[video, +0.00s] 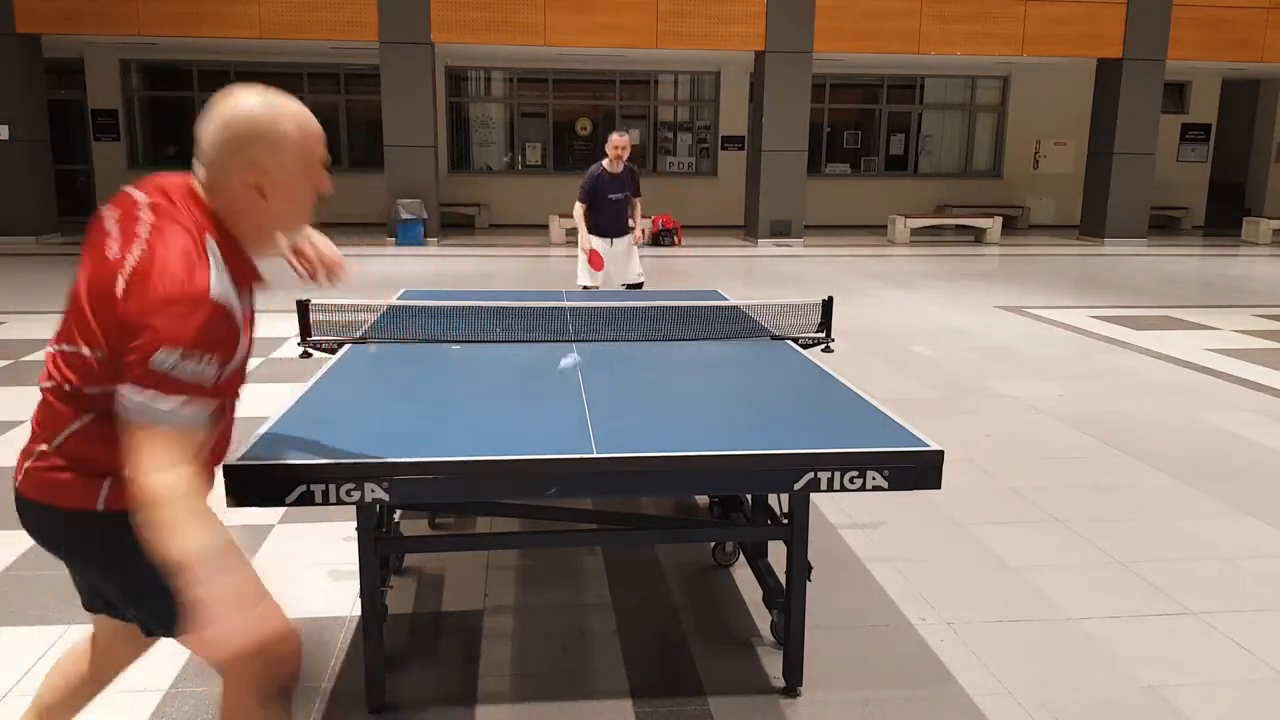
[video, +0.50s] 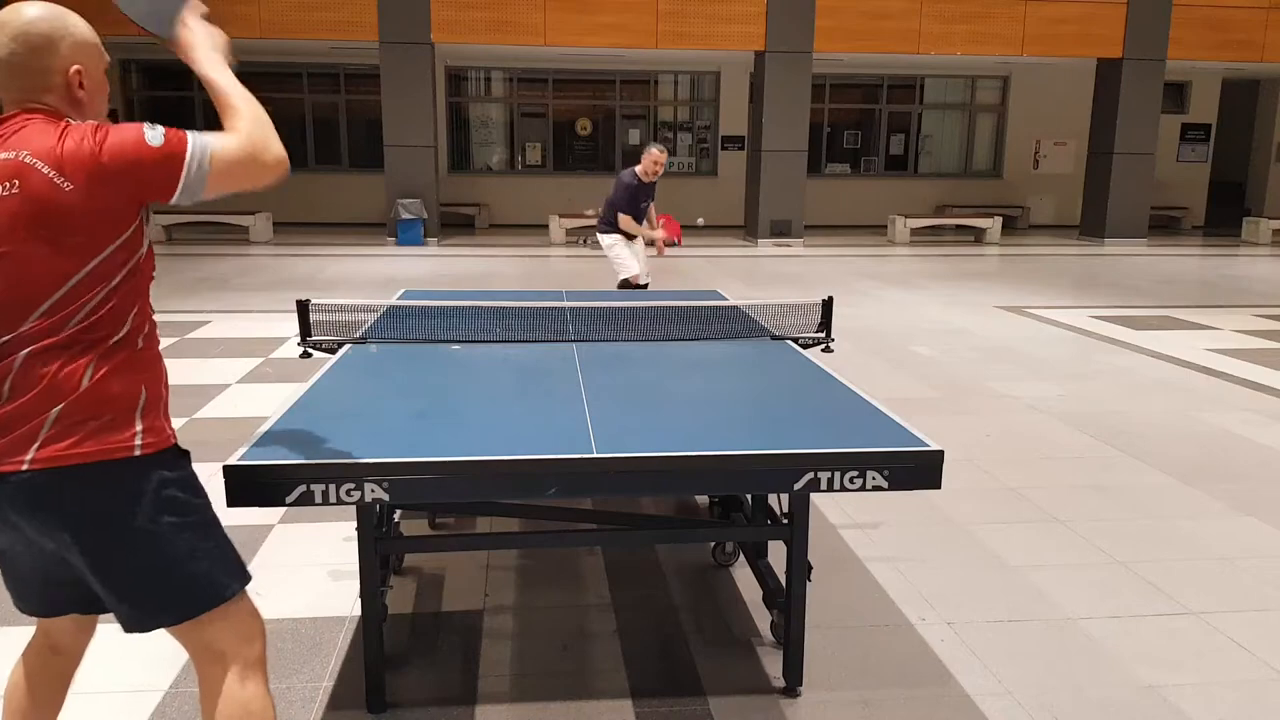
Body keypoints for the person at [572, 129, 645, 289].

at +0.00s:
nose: (619, 153)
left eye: (624, 148)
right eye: (615, 148)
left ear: (629, 149)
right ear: (607, 149)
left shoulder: (631, 172)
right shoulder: (595, 173)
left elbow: (636, 202)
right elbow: (578, 209)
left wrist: (638, 228)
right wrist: (584, 237)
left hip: (624, 239)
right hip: (596, 240)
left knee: (636, 283)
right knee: (590, 288)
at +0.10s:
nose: (623, 149)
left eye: (627, 145)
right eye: (619, 144)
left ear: (632, 147)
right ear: (610, 144)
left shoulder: (632, 168)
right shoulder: (597, 170)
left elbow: (634, 198)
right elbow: (578, 203)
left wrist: (638, 225)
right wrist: (585, 233)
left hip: (624, 236)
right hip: (596, 237)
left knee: (636, 278)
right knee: (591, 285)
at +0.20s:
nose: (629, 149)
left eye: (633, 145)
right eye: (625, 144)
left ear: (638, 146)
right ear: (615, 143)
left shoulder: (634, 167)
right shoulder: (601, 168)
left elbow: (636, 196)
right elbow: (578, 198)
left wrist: (640, 223)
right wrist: (593, 228)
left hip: (625, 234)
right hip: (598, 235)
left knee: (636, 277)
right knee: (592, 284)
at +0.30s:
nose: (637, 155)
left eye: (641, 150)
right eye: (633, 149)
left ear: (645, 152)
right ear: (623, 149)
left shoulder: (640, 171)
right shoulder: (609, 172)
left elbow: (639, 198)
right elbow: (585, 202)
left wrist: (645, 226)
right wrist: (600, 231)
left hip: (628, 238)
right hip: (601, 238)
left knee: (637, 282)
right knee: (597, 287)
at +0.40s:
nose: (647, 162)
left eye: (651, 158)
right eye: (643, 156)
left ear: (654, 159)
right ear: (632, 155)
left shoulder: (645, 176)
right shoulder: (618, 178)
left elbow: (644, 205)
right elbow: (603, 213)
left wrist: (651, 235)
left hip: (633, 236)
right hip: (609, 237)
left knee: (641, 283)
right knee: (616, 286)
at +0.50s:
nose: (658, 169)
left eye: (662, 165)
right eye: (655, 163)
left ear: (665, 166)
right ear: (643, 159)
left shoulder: (651, 180)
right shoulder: (627, 181)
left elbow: (649, 206)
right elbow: (624, 223)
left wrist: (656, 236)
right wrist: (652, 234)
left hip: (633, 233)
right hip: (611, 233)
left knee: (643, 279)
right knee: (631, 274)